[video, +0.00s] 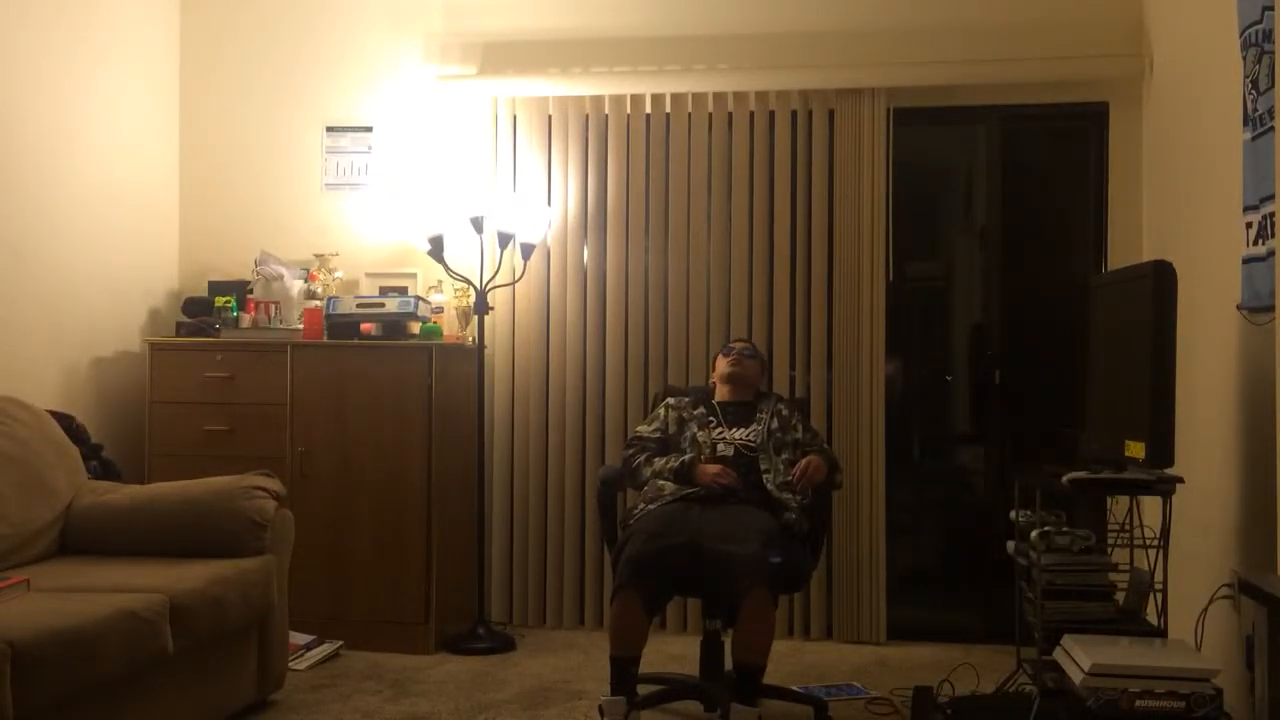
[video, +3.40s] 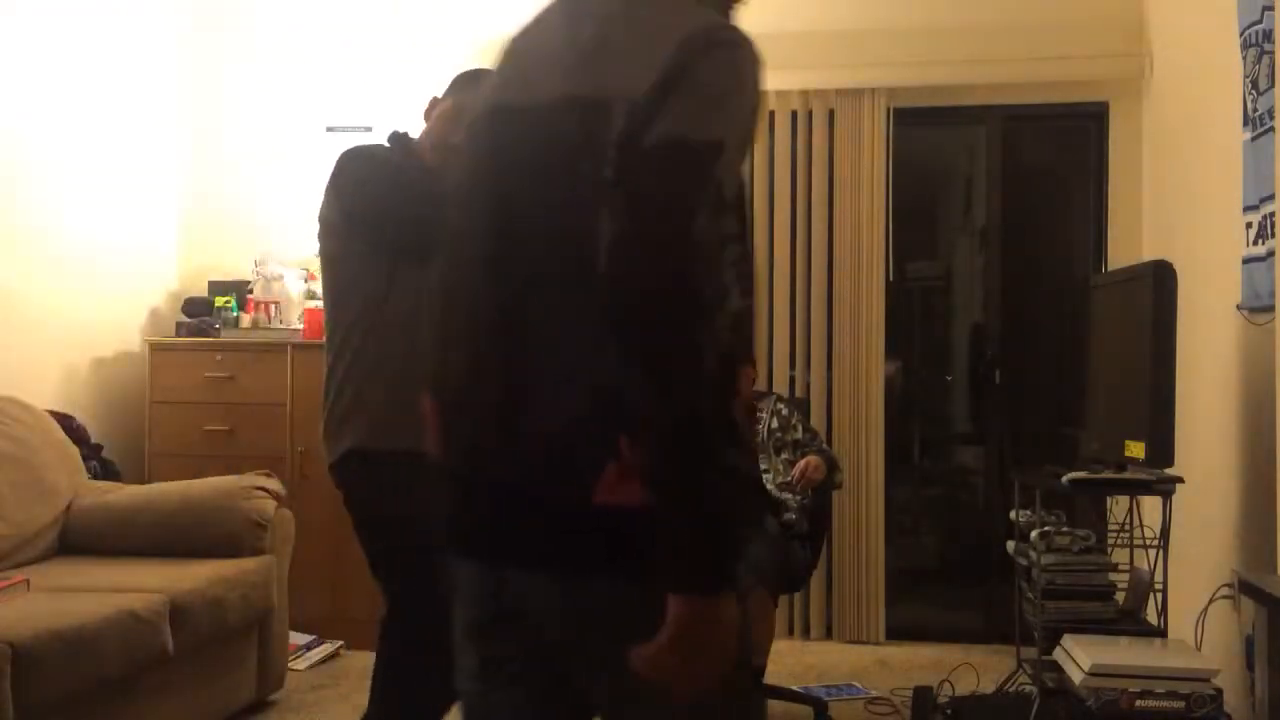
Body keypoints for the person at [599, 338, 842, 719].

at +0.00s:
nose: (737, 352)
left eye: (749, 352)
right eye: (729, 350)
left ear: (762, 376)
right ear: (713, 372)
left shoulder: (782, 414)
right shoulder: (675, 408)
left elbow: (825, 459)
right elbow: (634, 461)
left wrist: (821, 461)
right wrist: (691, 469)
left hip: (750, 508)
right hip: (674, 506)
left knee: (757, 575)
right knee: (637, 566)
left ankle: (746, 704)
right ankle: (621, 694)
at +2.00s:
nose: (729, 353)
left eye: (740, 350)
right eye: (720, 351)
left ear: (757, 372)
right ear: (708, 372)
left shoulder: (779, 412)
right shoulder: (674, 409)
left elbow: (822, 454)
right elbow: (639, 465)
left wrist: (819, 461)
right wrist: (689, 476)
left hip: (749, 508)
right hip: (673, 505)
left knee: (756, 576)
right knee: (638, 567)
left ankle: (746, 705)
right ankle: (621, 695)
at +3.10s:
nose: (722, 354)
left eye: (733, 349)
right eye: (714, 353)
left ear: (752, 370)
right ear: (704, 374)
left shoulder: (780, 411)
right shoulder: (674, 407)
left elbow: (826, 463)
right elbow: (643, 469)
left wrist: (819, 460)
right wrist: (690, 477)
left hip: (749, 508)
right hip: (675, 506)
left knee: (757, 580)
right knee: (634, 572)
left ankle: (745, 704)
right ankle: (637, 693)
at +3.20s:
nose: (722, 358)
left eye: (731, 352)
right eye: (715, 355)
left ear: (752, 369)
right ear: (708, 370)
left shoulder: (773, 407)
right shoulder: (694, 406)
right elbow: (667, 459)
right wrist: (694, 477)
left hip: (758, 511)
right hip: (695, 511)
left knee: (756, 584)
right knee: (681, 578)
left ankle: (746, 698)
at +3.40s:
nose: (742, 379)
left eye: (747, 371)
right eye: (734, 371)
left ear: (754, 374)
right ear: (720, 376)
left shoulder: (777, 412)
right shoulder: (706, 420)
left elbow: (825, 459)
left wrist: (819, 462)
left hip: (781, 532)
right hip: (725, 533)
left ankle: (752, 684)